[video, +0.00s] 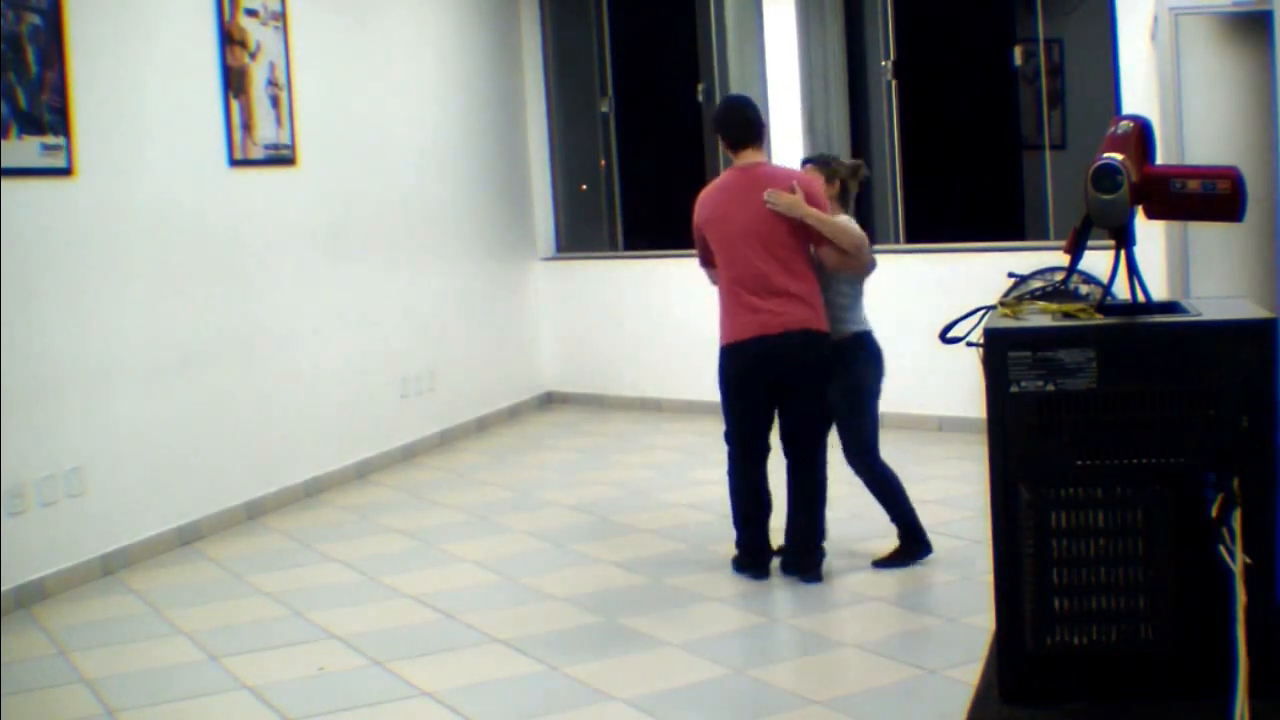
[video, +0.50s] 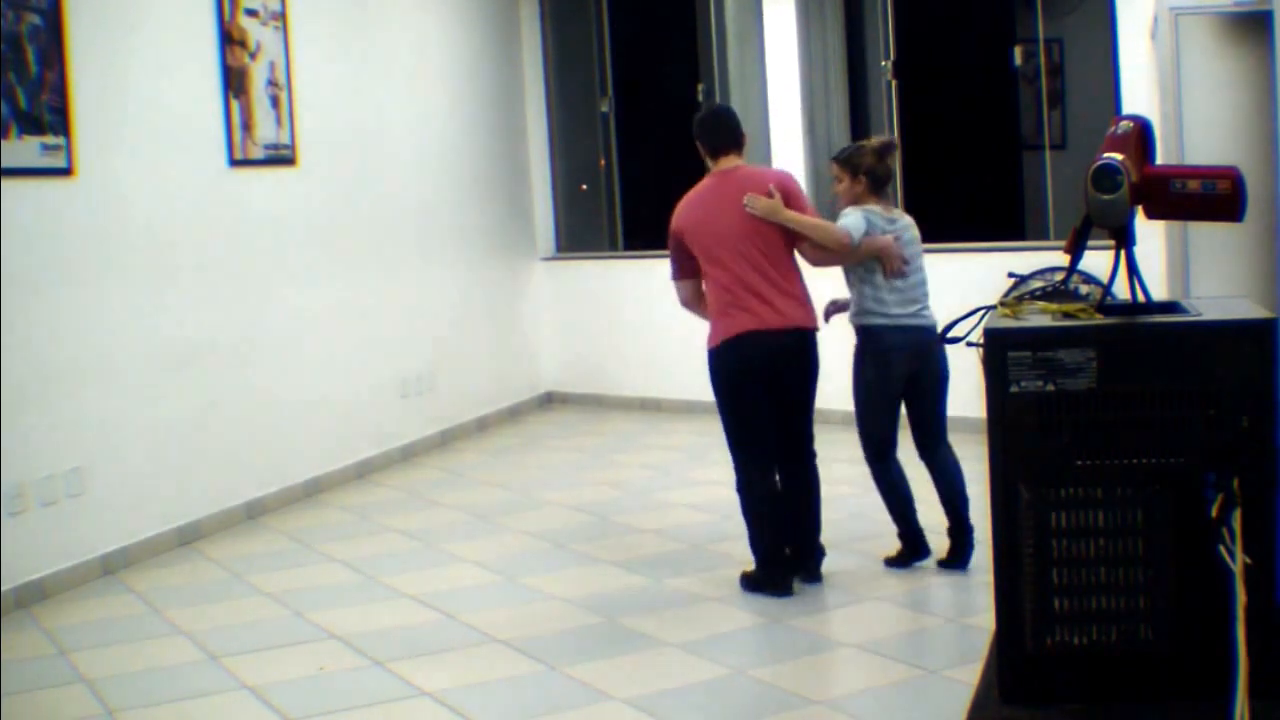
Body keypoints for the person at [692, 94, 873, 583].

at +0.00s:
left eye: (722, 138)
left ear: (721, 142)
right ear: (765, 133)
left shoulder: (708, 200)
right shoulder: (801, 183)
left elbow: (713, 271)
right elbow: (841, 252)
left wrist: (765, 260)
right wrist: (867, 264)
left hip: (742, 346)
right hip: (804, 338)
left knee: (746, 454)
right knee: (806, 454)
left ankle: (753, 556)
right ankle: (806, 559)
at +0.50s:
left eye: (703, 148)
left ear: (700, 150)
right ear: (743, 140)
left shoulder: (686, 211)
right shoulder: (777, 183)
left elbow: (691, 297)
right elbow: (816, 251)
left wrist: (733, 314)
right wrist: (873, 247)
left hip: (732, 346)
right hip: (794, 337)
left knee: (752, 462)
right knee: (797, 449)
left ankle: (772, 571)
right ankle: (806, 560)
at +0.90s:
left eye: (699, 146)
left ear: (697, 150)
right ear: (741, 142)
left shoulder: (680, 211)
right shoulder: (772, 189)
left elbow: (665, 291)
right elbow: (806, 263)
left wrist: (696, 333)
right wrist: (846, 264)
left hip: (723, 351)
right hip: (784, 342)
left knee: (733, 463)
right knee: (791, 454)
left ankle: (759, 565)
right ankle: (795, 564)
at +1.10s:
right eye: (734, 138)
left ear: (693, 145)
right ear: (737, 142)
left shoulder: (671, 206)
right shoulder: (758, 193)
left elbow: (658, 288)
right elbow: (801, 265)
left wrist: (701, 297)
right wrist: (834, 263)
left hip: (703, 347)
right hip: (764, 337)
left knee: (704, 443)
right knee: (781, 450)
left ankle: (686, 550)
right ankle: (794, 560)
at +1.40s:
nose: (727, 158)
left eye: (726, 152)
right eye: (727, 152)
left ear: (679, 144)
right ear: (717, 150)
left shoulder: (639, 195)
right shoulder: (716, 208)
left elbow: (640, 258)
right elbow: (731, 287)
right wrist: (781, 291)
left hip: (636, 341)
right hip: (690, 343)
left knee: (663, 443)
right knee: (731, 450)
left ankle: (660, 548)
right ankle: (755, 553)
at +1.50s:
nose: (716, 159)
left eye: (716, 150)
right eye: (716, 151)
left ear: (670, 146)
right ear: (703, 152)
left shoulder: (638, 195)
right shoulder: (688, 212)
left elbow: (643, 268)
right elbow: (691, 292)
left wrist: (705, 275)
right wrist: (746, 316)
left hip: (623, 342)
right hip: (665, 346)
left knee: (658, 442)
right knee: (712, 437)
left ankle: (659, 552)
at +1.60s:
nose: (700, 166)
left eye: (701, 158)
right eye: (698, 158)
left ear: (662, 154)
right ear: (682, 156)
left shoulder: (638, 201)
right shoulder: (656, 212)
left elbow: (658, 276)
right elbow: (651, 293)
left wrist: (709, 290)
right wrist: (706, 329)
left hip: (626, 344)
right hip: (643, 348)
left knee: (659, 444)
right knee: (672, 448)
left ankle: (662, 545)